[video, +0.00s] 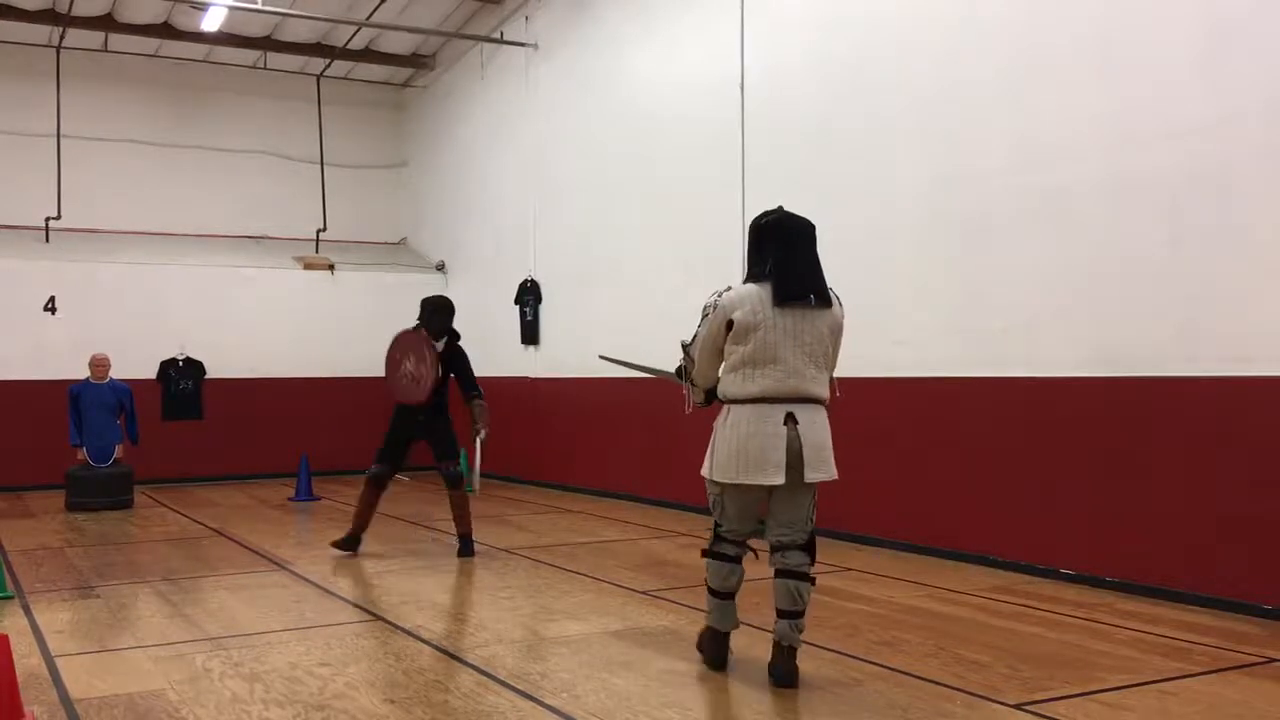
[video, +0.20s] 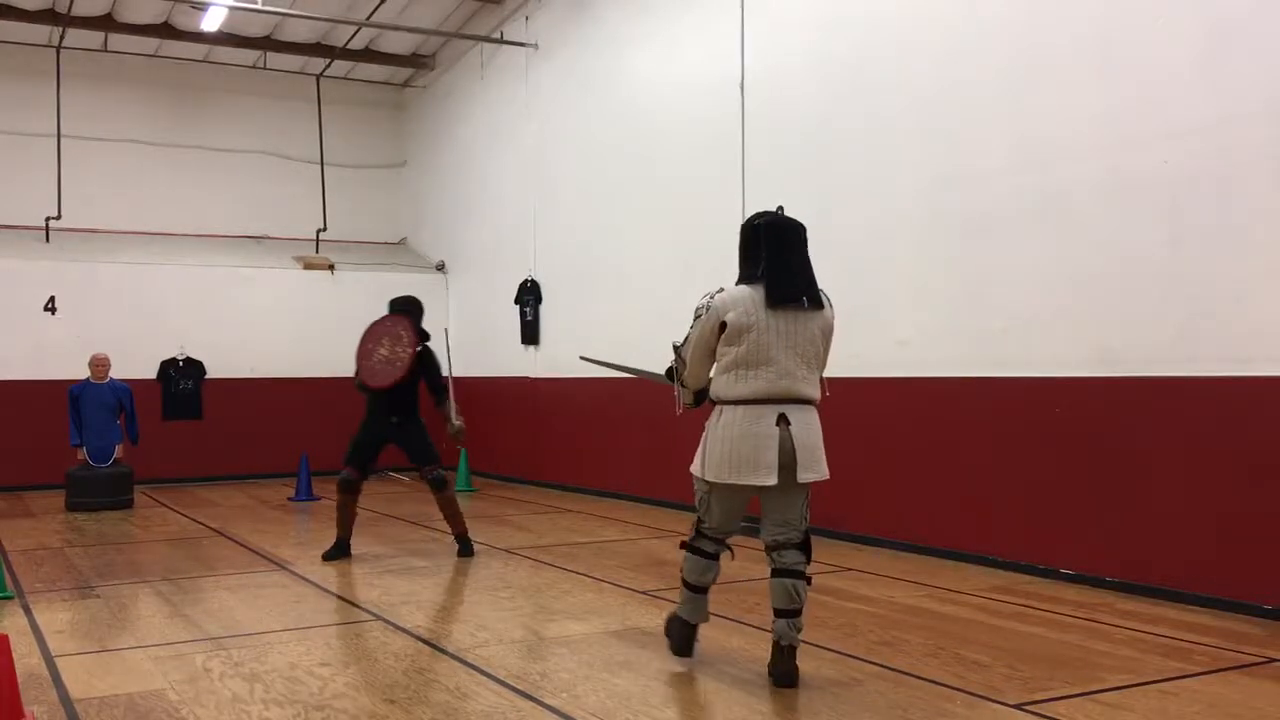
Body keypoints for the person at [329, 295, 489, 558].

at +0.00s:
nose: (426, 327)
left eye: (433, 322)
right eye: (425, 320)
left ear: (445, 323)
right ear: (421, 318)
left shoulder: (452, 351)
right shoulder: (409, 343)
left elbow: (471, 390)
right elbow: (397, 375)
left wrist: (480, 421)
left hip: (437, 419)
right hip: (405, 416)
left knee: (453, 476)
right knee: (378, 475)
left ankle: (465, 539)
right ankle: (354, 535)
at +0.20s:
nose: (402, 325)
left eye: (408, 319)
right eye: (397, 319)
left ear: (418, 322)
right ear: (389, 320)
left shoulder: (422, 354)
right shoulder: (378, 350)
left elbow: (438, 390)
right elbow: (361, 382)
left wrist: (451, 418)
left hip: (409, 424)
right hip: (375, 423)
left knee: (437, 479)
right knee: (348, 480)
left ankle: (462, 538)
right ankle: (342, 543)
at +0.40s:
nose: (381, 322)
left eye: (386, 316)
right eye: (376, 316)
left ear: (392, 318)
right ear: (364, 317)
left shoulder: (397, 352)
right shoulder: (347, 348)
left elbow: (410, 392)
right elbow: (329, 385)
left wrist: (426, 423)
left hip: (384, 422)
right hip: (351, 422)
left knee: (412, 473)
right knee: (332, 482)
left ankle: (419, 534)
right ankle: (341, 542)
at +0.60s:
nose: (373, 322)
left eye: (377, 316)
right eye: (367, 316)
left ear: (383, 319)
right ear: (353, 317)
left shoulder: (387, 353)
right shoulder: (333, 348)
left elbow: (394, 399)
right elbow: (315, 390)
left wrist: (402, 436)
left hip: (377, 426)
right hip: (340, 423)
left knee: (384, 479)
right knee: (330, 485)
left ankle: (378, 544)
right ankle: (340, 542)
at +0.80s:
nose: (370, 325)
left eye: (375, 319)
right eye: (365, 318)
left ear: (382, 323)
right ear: (352, 321)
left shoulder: (388, 359)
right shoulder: (330, 354)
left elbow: (392, 404)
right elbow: (304, 399)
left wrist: (398, 440)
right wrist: (290, 443)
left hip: (372, 430)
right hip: (335, 429)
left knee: (375, 488)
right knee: (327, 490)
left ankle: (379, 553)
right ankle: (341, 542)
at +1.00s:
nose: (374, 331)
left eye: (380, 326)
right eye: (369, 325)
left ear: (386, 327)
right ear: (357, 323)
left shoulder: (392, 360)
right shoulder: (335, 352)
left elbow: (404, 407)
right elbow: (306, 395)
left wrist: (415, 447)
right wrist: (301, 435)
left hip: (373, 429)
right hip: (338, 428)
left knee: (379, 487)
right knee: (325, 488)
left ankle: (379, 557)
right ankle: (340, 537)